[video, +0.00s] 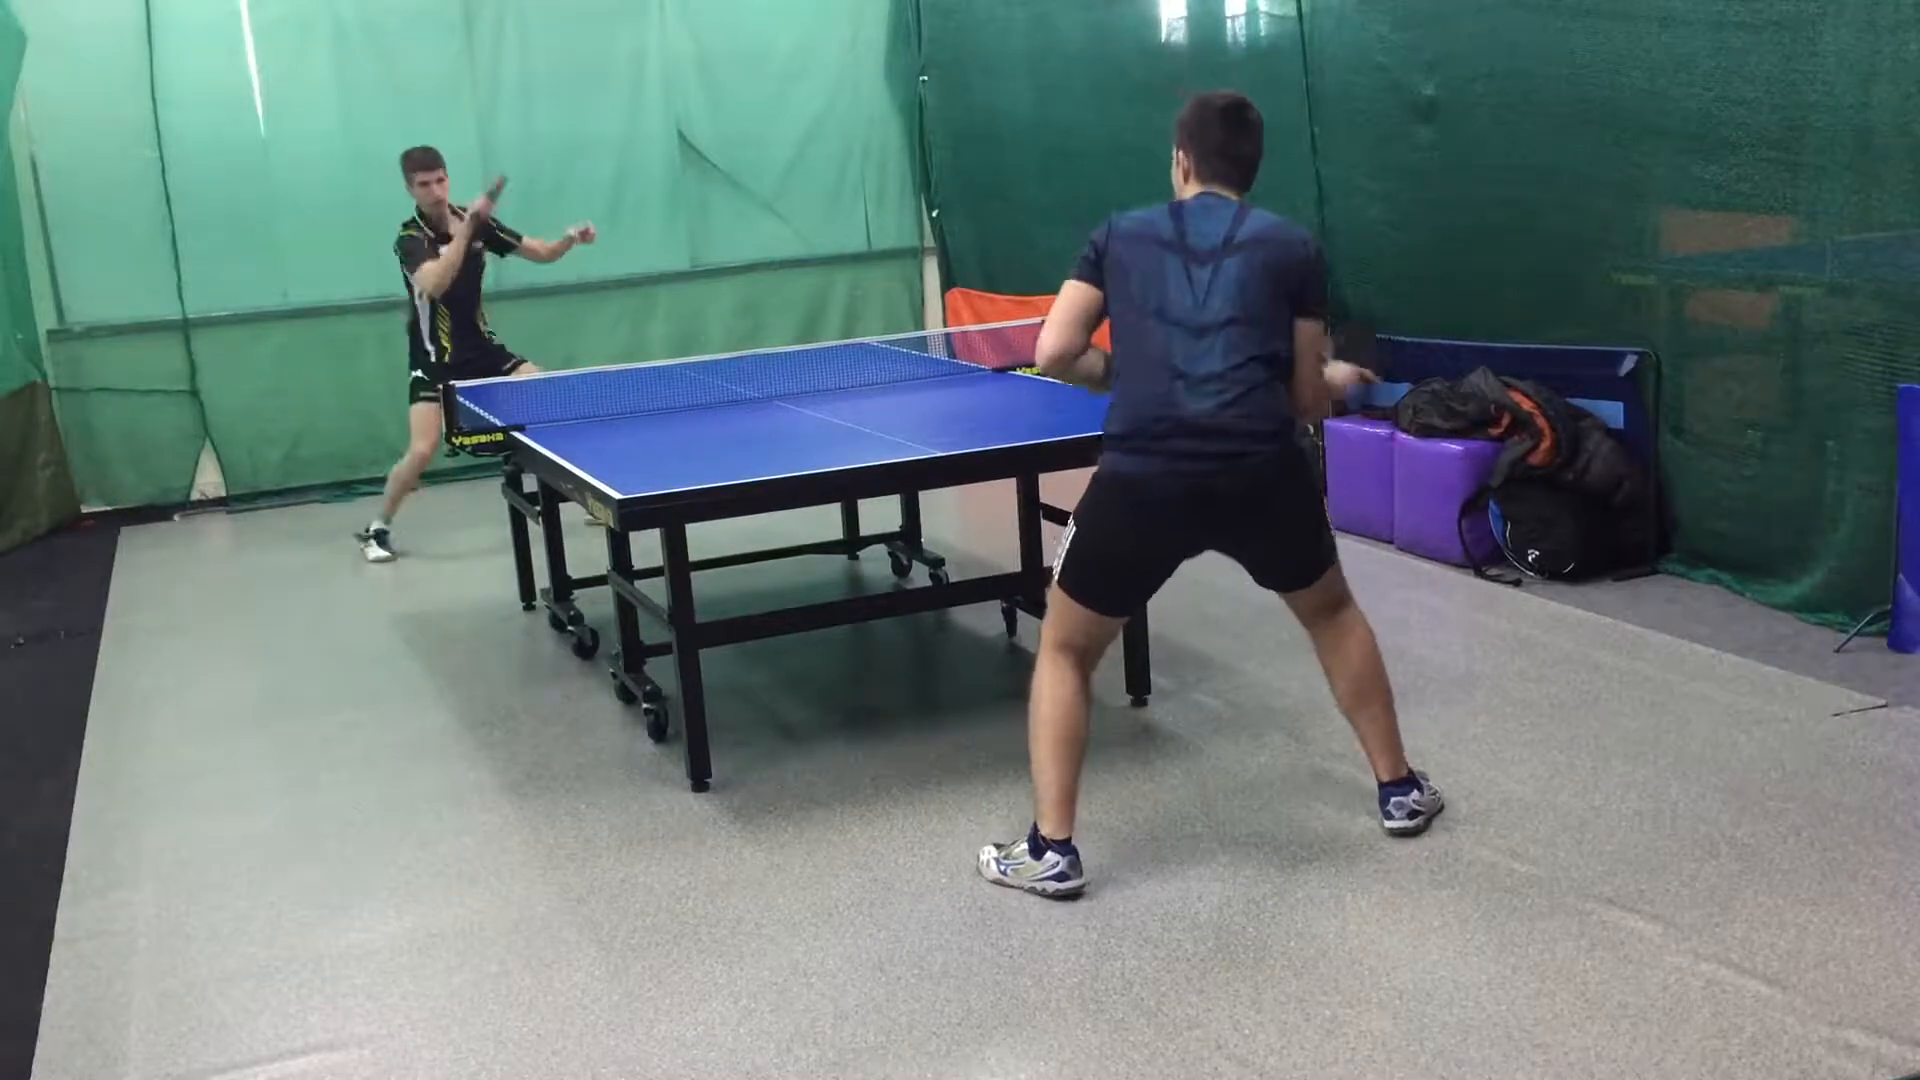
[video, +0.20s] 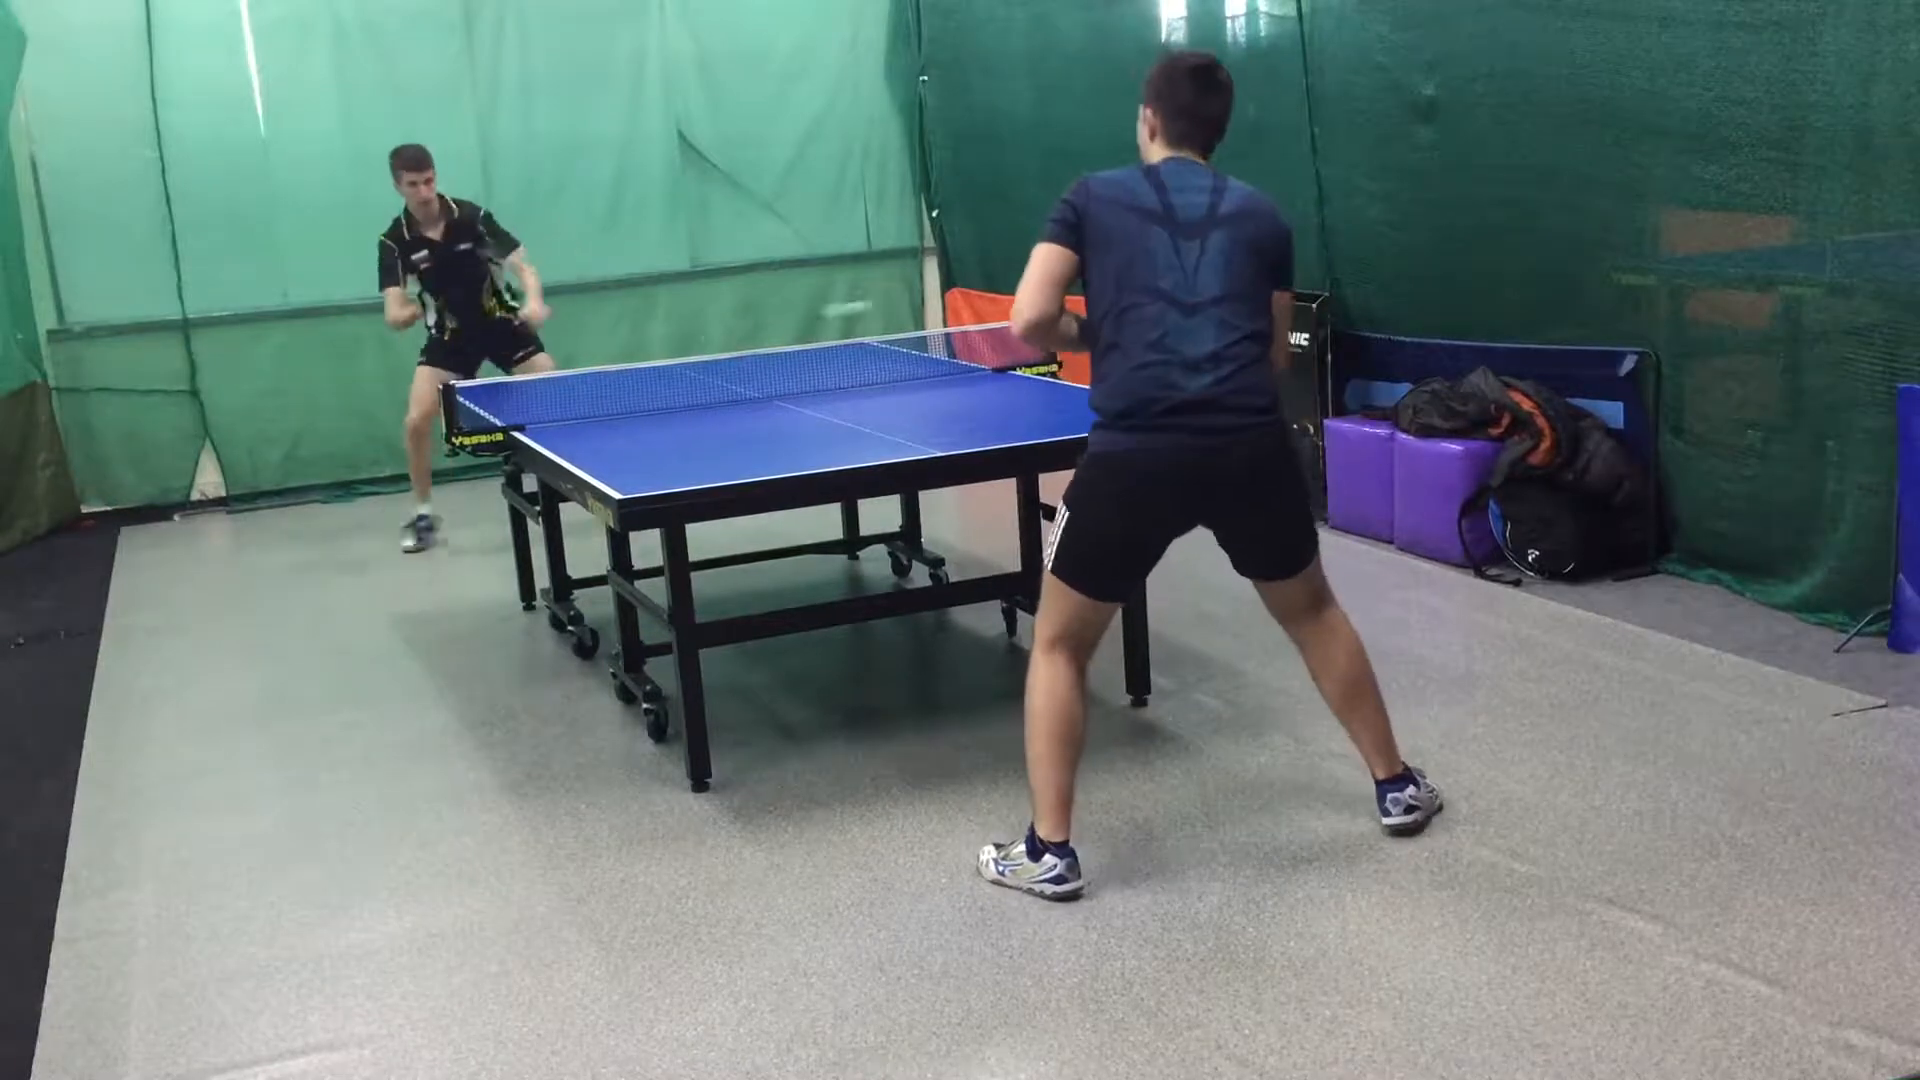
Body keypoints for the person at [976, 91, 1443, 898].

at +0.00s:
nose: (1175, 167)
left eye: (1175, 157)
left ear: (1180, 163)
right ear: (1253, 170)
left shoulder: (1118, 235)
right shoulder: (1292, 247)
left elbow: (1056, 350)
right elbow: (1307, 401)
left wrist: (1115, 373)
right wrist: (1336, 379)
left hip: (1143, 489)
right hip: (1264, 488)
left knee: (1068, 650)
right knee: (1331, 615)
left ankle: (1053, 847)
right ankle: (1398, 789)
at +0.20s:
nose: (1139, 122)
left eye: (1140, 111)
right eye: (1149, 112)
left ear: (1147, 120)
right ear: (1221, 131)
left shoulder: (1092, 195)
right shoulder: (1262, 215)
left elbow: (1031, 320)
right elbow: (1276, 352)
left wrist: (1079, 337)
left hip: (1135, 459)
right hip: (1251, 455)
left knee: (1061, 646)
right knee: (1313, 613)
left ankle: (1050, 848)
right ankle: (1396, 786)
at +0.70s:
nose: (1131, 125)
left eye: (1132, 114)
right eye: (1136, 113)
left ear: (1145, 122)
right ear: (1218, 124)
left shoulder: (1098, 198)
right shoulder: (1269, 210)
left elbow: (1039, 314)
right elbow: (1297, 352)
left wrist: (1099, 340)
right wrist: (1314, 396)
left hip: (1138, 452)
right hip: (1252, 448)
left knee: (1058, 640)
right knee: (1314, 612)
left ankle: (1047, 845)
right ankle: (1387, 793)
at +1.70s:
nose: (1143, 114)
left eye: (1138, 103)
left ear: (1140, 109)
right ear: (1217, 108)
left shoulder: (1094, 194)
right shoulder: (1257, 178)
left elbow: (1075, 338)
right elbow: (1278, 308)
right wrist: (1362, 380)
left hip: (1116, 448)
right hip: (1232, 445)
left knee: (1059, 637)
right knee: (1300, 617)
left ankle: (1042, 832)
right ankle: (1372, 793)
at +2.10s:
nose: (1149, 78)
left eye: (1146, 65)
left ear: (1152, 71)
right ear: (1229, 69)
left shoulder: (1102, 151)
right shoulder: (1268, 151)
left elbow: (1096, 275)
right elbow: (1290, 312)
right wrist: (1276, 306)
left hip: (1104, 425)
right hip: (1218, 423)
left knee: (1078, 623)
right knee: (1253, 612)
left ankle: (1053, 819)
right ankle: (1267, 799)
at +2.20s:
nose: (1136, 81)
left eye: (1135, 69)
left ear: (1143, 74)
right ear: (1220, 73)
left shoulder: (1095, 153)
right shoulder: (1270, 159)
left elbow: (1054, 297)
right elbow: (1284, 286)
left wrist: (1098, 355)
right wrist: (1217, 300)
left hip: (1106, 427)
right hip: (1222, 424)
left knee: (1077, 623)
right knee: (1252, 609)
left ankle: (1053, 824)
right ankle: (1266, 799)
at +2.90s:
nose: (1114, 107)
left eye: (1114, 96)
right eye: (1121, 95)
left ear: (1124, 99)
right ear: (1198, 101)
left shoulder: (1096, 168)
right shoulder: (1252, 184)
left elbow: (1029, 279)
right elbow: (1282, 331)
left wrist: (1090, 320)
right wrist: (1278, 374)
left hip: (1128, 431)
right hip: (1239, 425)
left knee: (1062, 625)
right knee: (1272, 604)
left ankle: (1053, 827)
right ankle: (1329, 786)